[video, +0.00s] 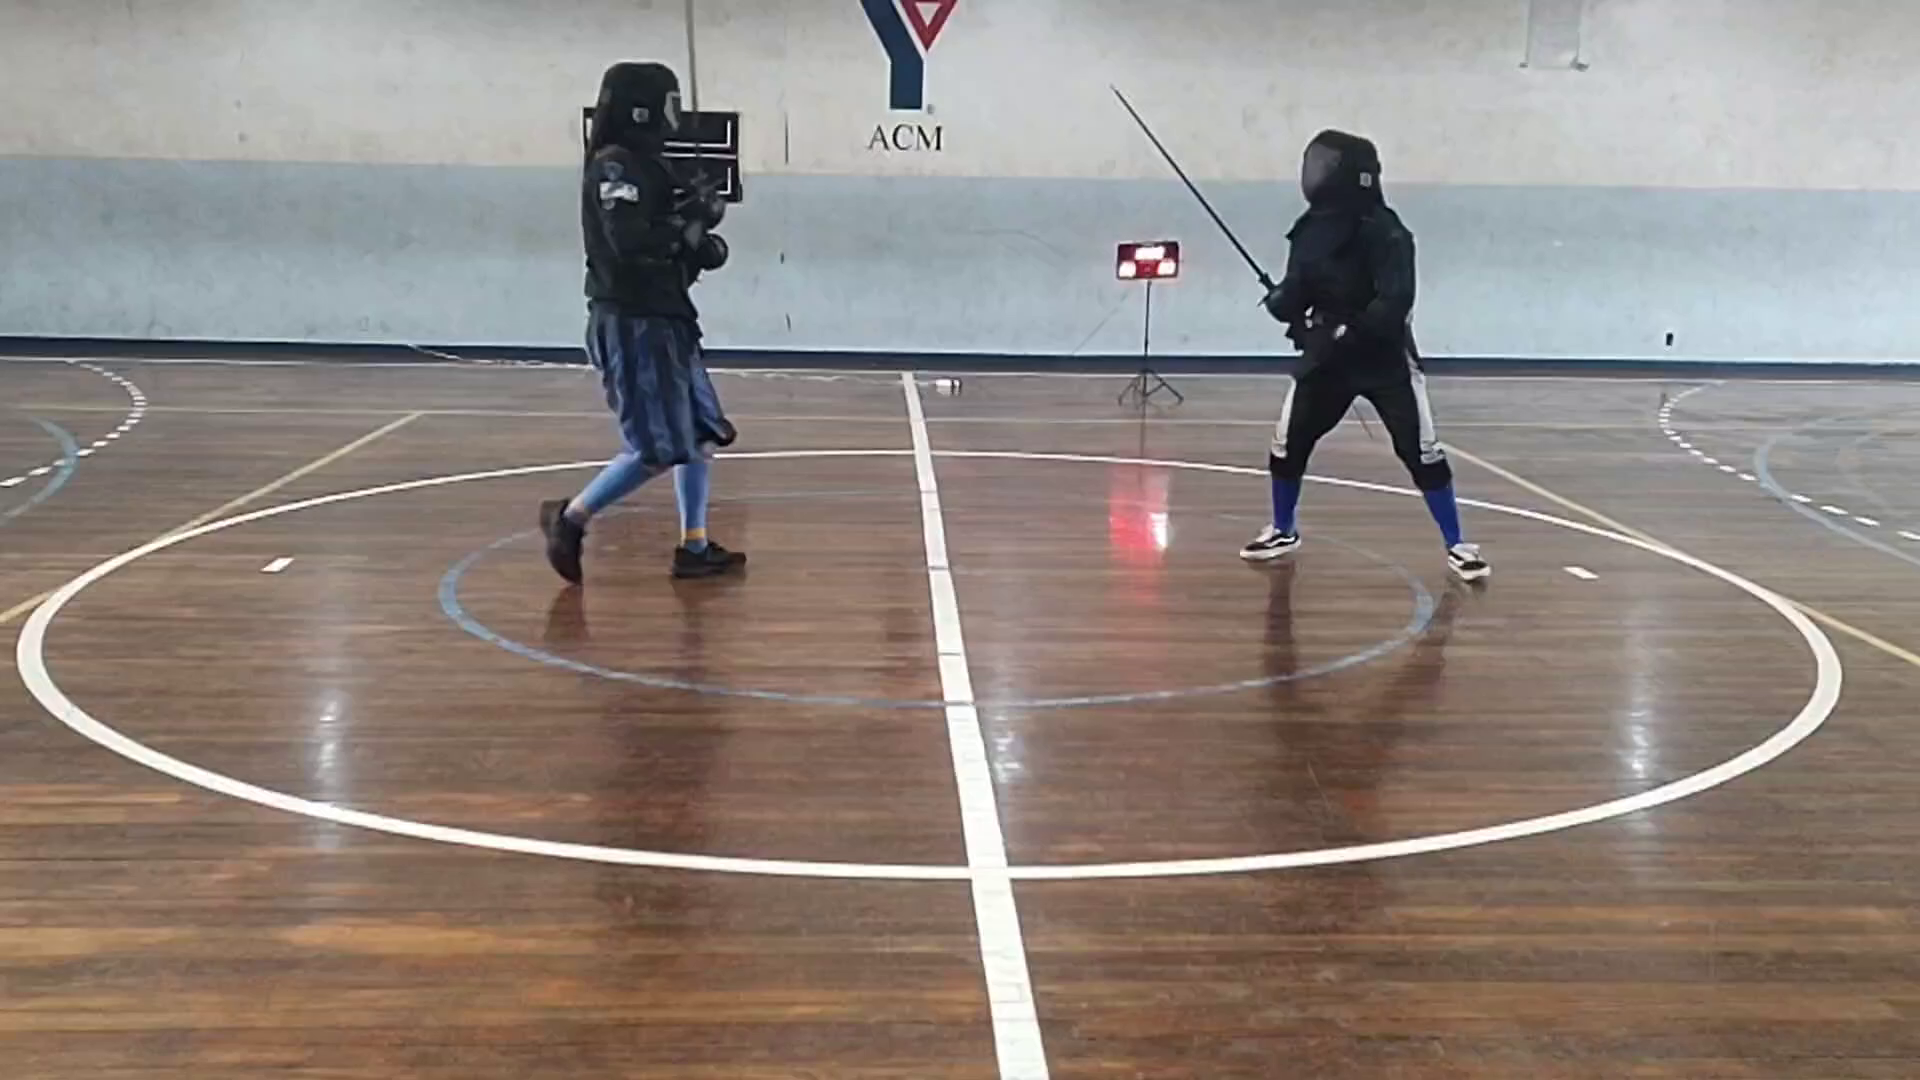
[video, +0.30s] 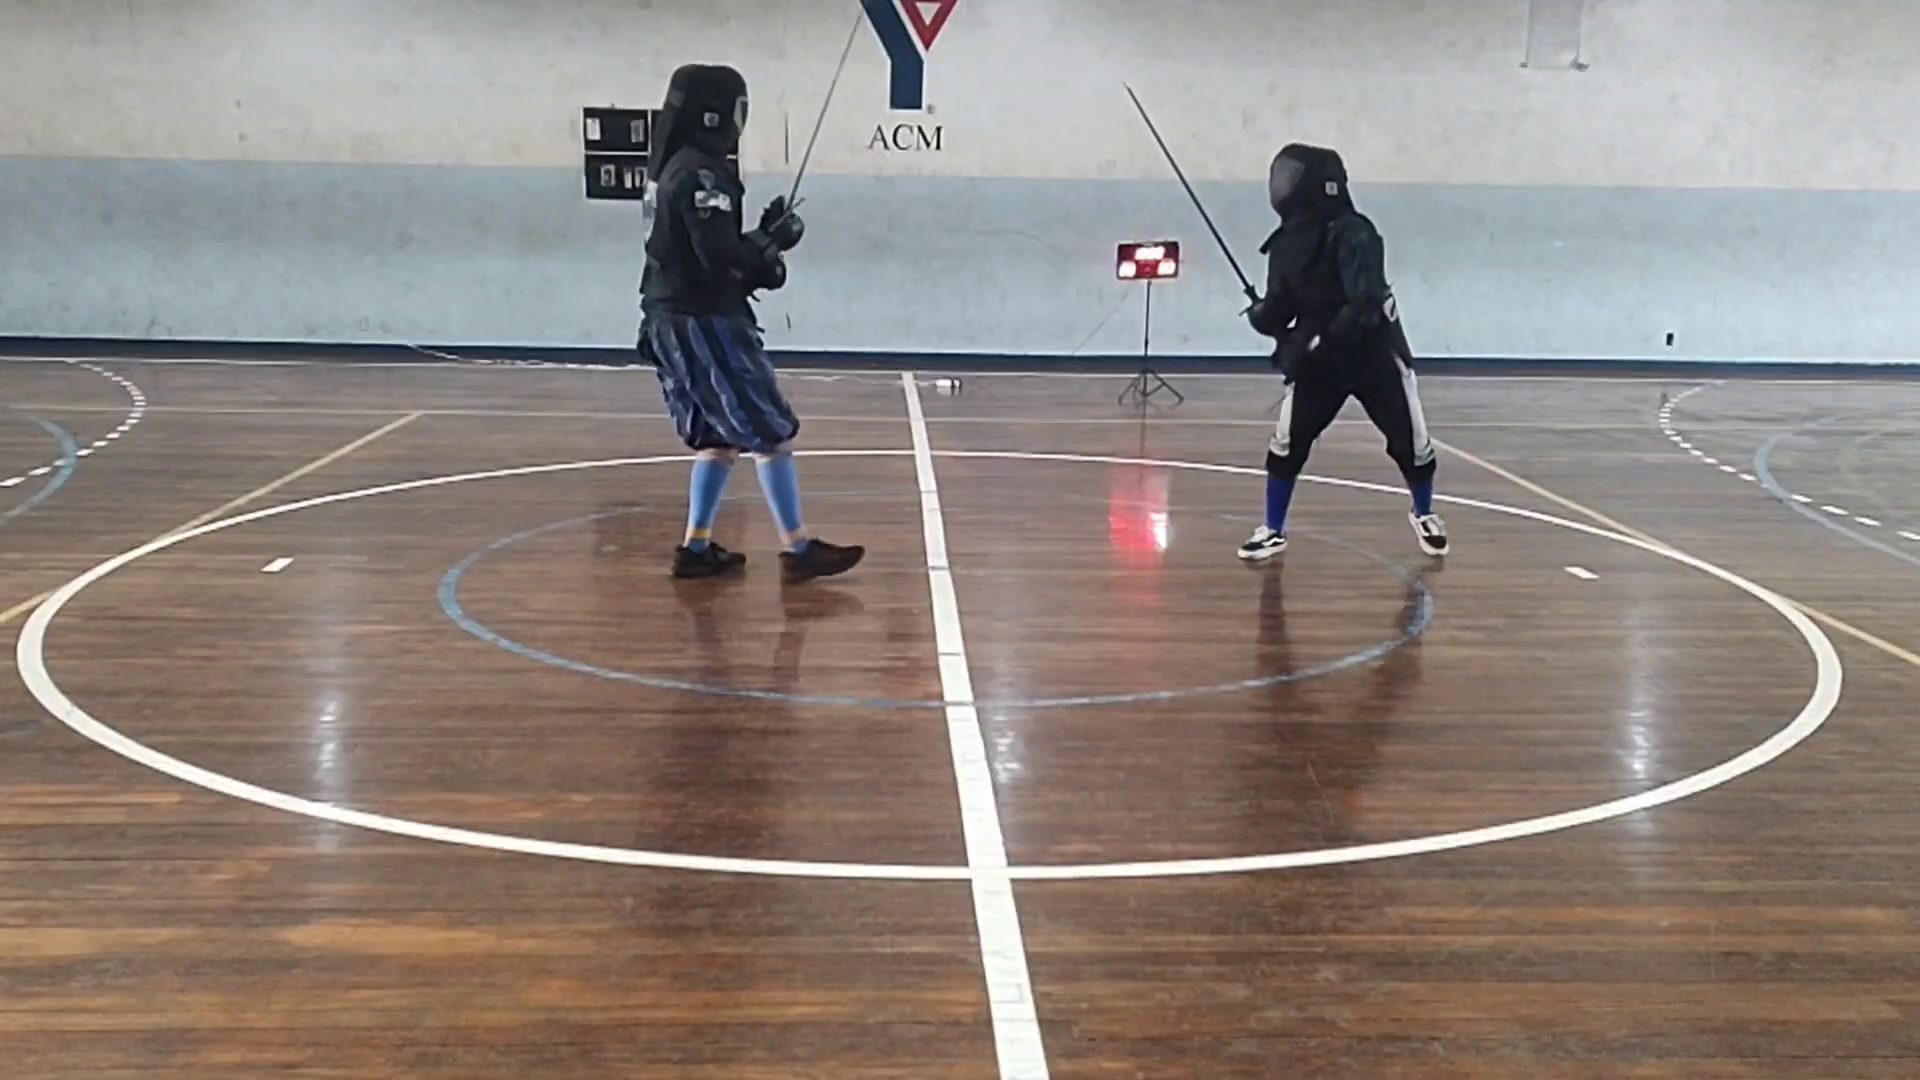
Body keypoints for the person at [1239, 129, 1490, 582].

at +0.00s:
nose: (1305, 172)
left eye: (1315, 163)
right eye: (1307, 162)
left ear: (1345, 171)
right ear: (1325, 171)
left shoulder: (1384, 229)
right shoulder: (1309, 229)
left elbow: (1396, 300)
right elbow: (1293, 297)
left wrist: (1348, 333)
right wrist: (1281, 299)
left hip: (1385, 357)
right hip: (1326, 358)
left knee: (1421, 452)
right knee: (1288, 443)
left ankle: (1457, 545)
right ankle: (1283, 531)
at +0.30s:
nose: (1276, 185)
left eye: (1286, 175)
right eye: (1276, 175)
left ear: (1316, 182)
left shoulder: (1354, 232)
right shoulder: (1285, 242)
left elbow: (1368, 302)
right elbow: (1281, 308)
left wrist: (1320, 342)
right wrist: (1262, 316)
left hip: (1375, 353)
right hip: (1318, 356)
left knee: (1413, 444)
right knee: (1287, 443)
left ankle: (1423, 514)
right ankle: (1272, 530)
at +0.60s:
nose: (1332, 204)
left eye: (1343, 195)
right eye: (1331, 194)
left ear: (1370, 201)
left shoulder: (1402, 252)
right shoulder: (1336, 255)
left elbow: (1427, 316)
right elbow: (1332, 314)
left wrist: (1387, 357)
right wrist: (1322, 330)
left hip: (1411, 371)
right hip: (1358, 370)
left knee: (1442, 459)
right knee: (1314, 449)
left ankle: (1471, 525)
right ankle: (1275, 530)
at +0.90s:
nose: (1365, 190)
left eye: (1376, 181)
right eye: (1365, 180)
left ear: (1402, 188)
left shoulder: (1434, 242)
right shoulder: (1371, 243)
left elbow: (1459, 307)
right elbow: (1367, 299)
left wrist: (1413, 349)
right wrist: (1353, 317)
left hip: (1438, 365)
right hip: (1385, 361)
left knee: (1452, 456)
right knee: (1330, 438)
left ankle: (1473, 525)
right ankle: (1294, 524)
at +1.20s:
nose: (1355, 212)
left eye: (1366, 203)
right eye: (1356, 202)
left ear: (1395, 211)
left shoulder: (1428, 269)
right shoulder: (1352, 260)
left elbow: (1417, 347)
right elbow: (1326, 324)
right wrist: (1309, 310)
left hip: (1407, 387)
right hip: (1346, 380)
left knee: (1446, 467)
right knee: (1276, 435)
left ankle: (1473, 526)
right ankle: (1242, 516)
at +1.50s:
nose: (1322, 194)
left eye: (1330, 185)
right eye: (1318, 186)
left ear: (1351, 191)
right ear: (1312, 189)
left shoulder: (1375, 231)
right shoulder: (1304, 231)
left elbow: (1328, 212)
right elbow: (1256, 216)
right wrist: (1225, 181)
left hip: (1356, 373)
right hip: (1297, 372)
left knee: (1421, 451)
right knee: (1244, 450)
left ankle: (1459, 529)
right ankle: (1208, 521)